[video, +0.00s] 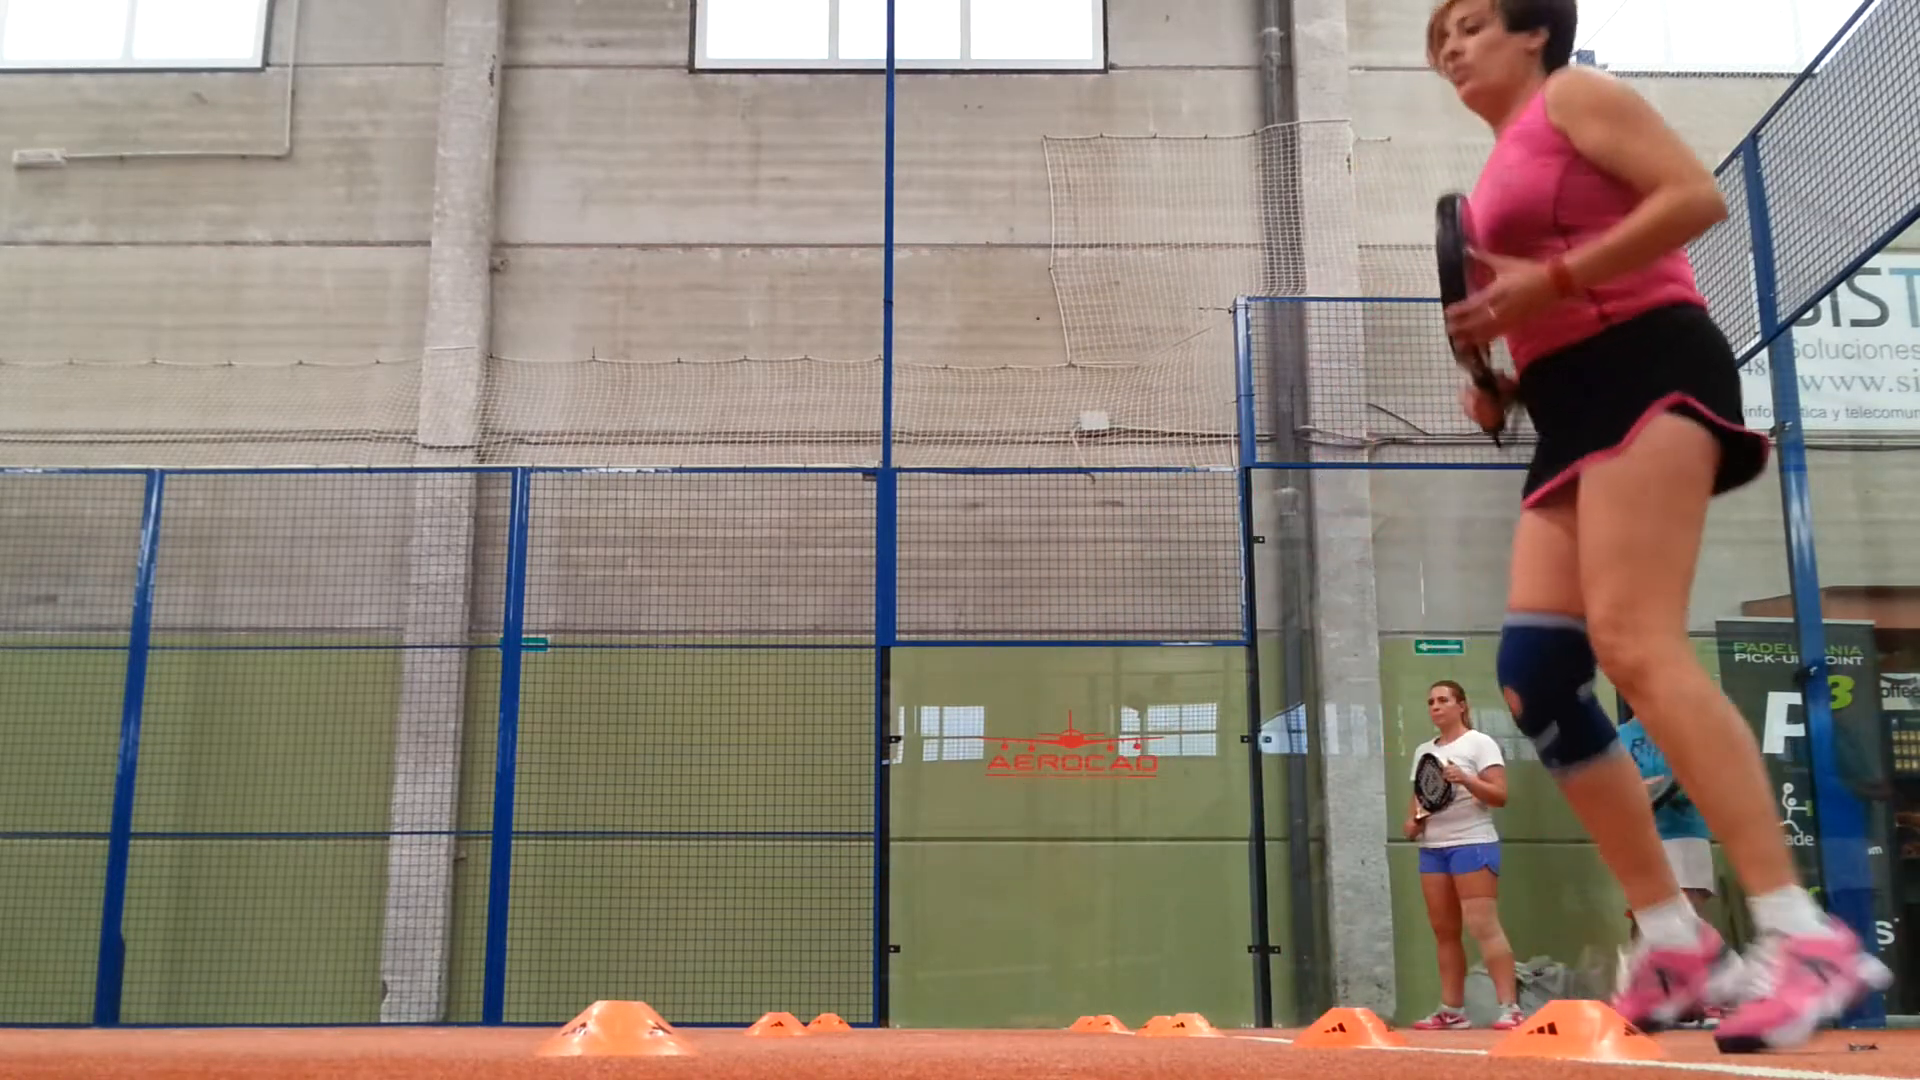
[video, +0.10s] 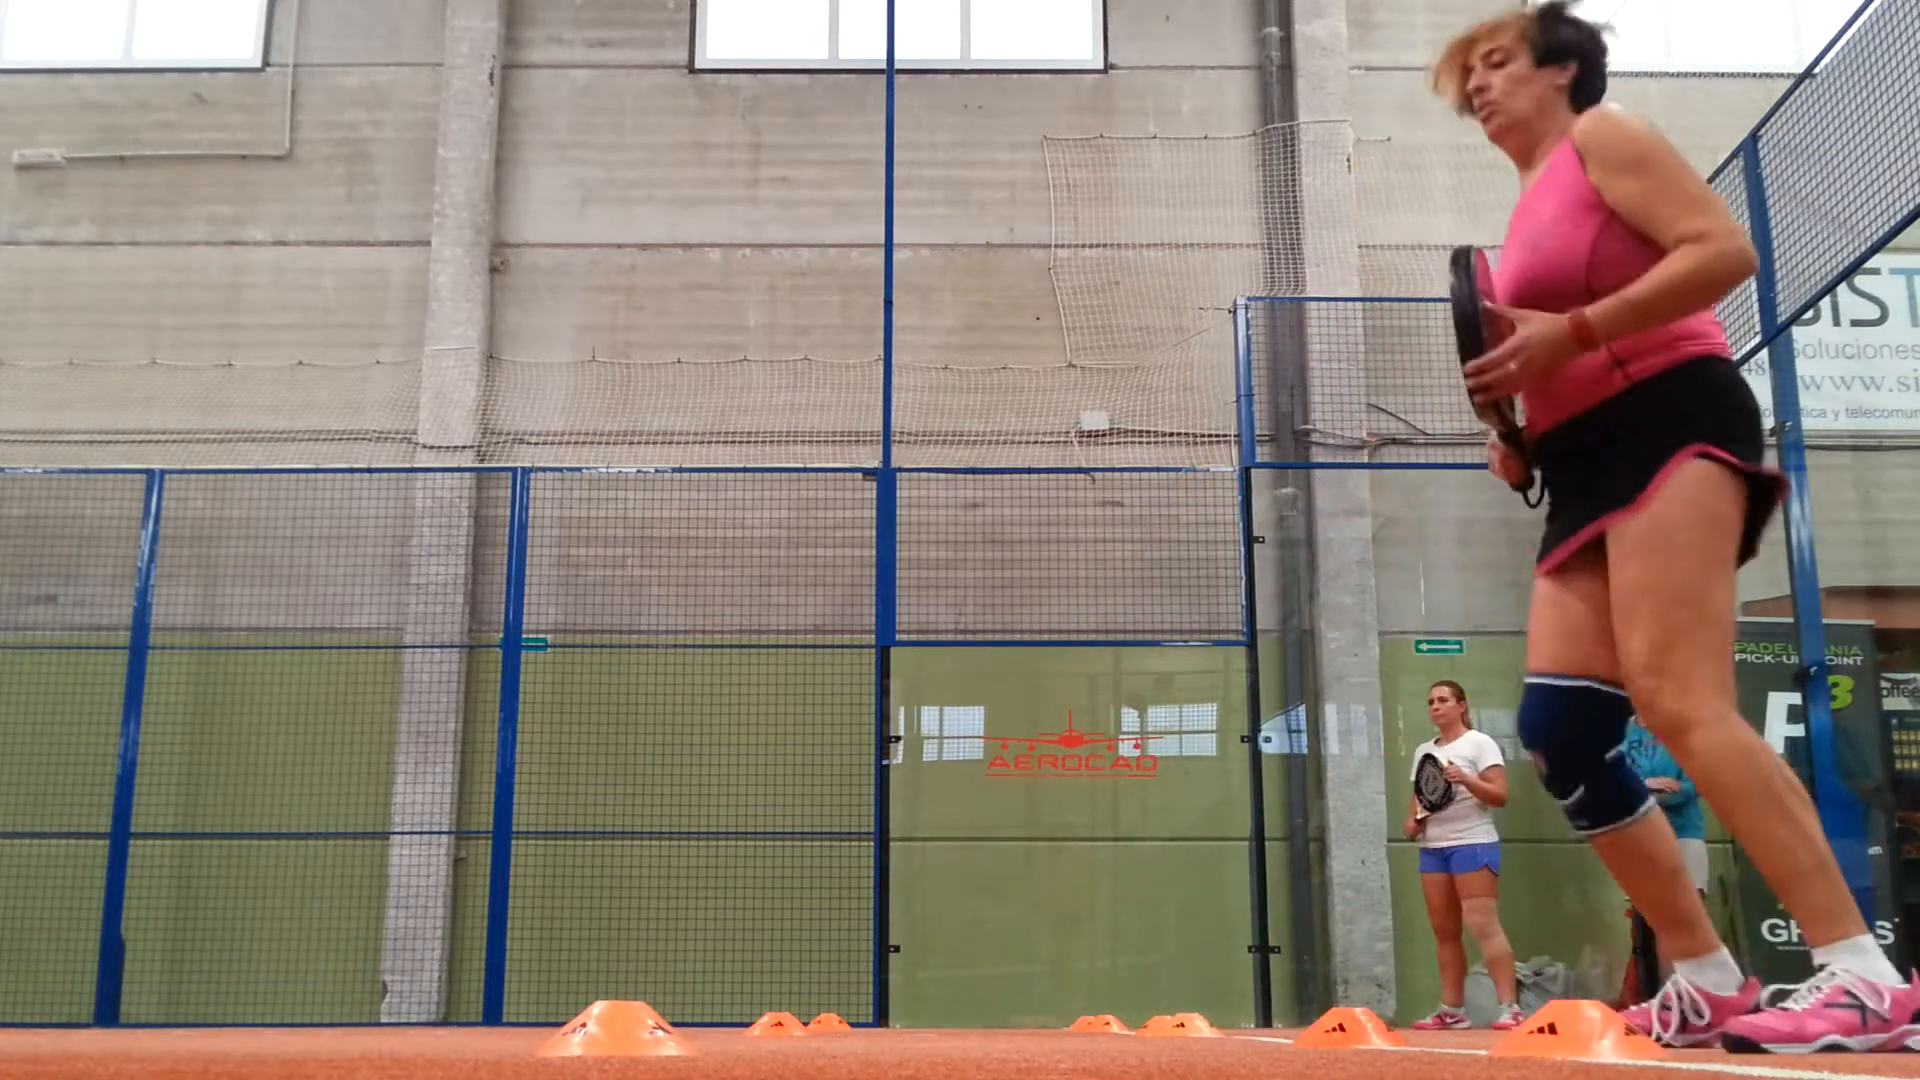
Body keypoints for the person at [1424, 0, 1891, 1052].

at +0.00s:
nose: (1447, 46)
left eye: (1467, 25)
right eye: (1438, 39)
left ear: (1530, 29)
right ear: (1445, 62)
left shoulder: (1576, 94)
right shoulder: (1500, 167)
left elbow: (1697, 195)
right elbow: (1558, 307)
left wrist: (1555, 276)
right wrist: (1501, 380)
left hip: (1651, 369)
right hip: (1570, 404)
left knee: (1638, 642)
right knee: (1540, 676)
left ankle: (1807, 942)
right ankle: (1676, 942)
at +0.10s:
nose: (1477, 85)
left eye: (1496, 64)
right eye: (1471, 77)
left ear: (1559, 71)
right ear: (1478, 101)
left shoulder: (1604, 135)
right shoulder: (1528, 214)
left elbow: (1724, 249)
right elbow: (1564, 355)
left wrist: (1576, 329)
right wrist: (1520, 429)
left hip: (1671, 423)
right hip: (1586, 464)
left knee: (1686, 703)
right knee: (1564, 736)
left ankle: (1863, 974)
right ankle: (1710, 981)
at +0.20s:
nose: (1466, 44)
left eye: (1486, 21)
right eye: (1460, 31)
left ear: (1548, 28)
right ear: (1471, 56)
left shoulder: (1607, 94)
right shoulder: (1523, 171)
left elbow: (1739, 198)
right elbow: (1569, 307)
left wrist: (1602, 280)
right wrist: (1523, 380)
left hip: (1690, 385)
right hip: (1593, 415)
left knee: (1695, 662)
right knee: (1559, 684)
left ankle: (1850, 954)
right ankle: (1687, 952)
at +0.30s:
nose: (1452, 7)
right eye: (1442, 3)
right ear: (1448, 27)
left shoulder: (1608, 40)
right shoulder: (1494, 132)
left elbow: (1753, 142)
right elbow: (1548, 258)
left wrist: (1615, 215)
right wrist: (1517, 323)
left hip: (1699, 332)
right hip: (1589, 367)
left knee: (1700, 614)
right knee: (1564, 646)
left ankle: (1836, 925)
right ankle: (1676, 917)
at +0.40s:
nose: (1445, 9)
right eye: (1433, 5)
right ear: (1439, 28)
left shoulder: (1618, 45)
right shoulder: (1476, 144)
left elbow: (1769, 156)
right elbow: (1511, 274)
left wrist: (1637, 221)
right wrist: (1507, 342)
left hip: (1705, 337)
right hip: (1587, 375)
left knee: (1689, 621)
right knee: (1569, 667)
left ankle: (1831, 928)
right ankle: (1683, 928)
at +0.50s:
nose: (1439, 45)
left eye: (1458, 18)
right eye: (1431, 36)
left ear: (1530, 24)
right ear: (1440, 65)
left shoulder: (1633, 108)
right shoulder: (1469, 209)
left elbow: (1781, 234)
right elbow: (1491, 363)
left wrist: (1673, 294)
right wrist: (1508, 426)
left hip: (1711, 417)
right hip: (1581, 453)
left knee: (1693, 691)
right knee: (1599, 739)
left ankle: (1832, 977)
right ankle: (1709, 988)